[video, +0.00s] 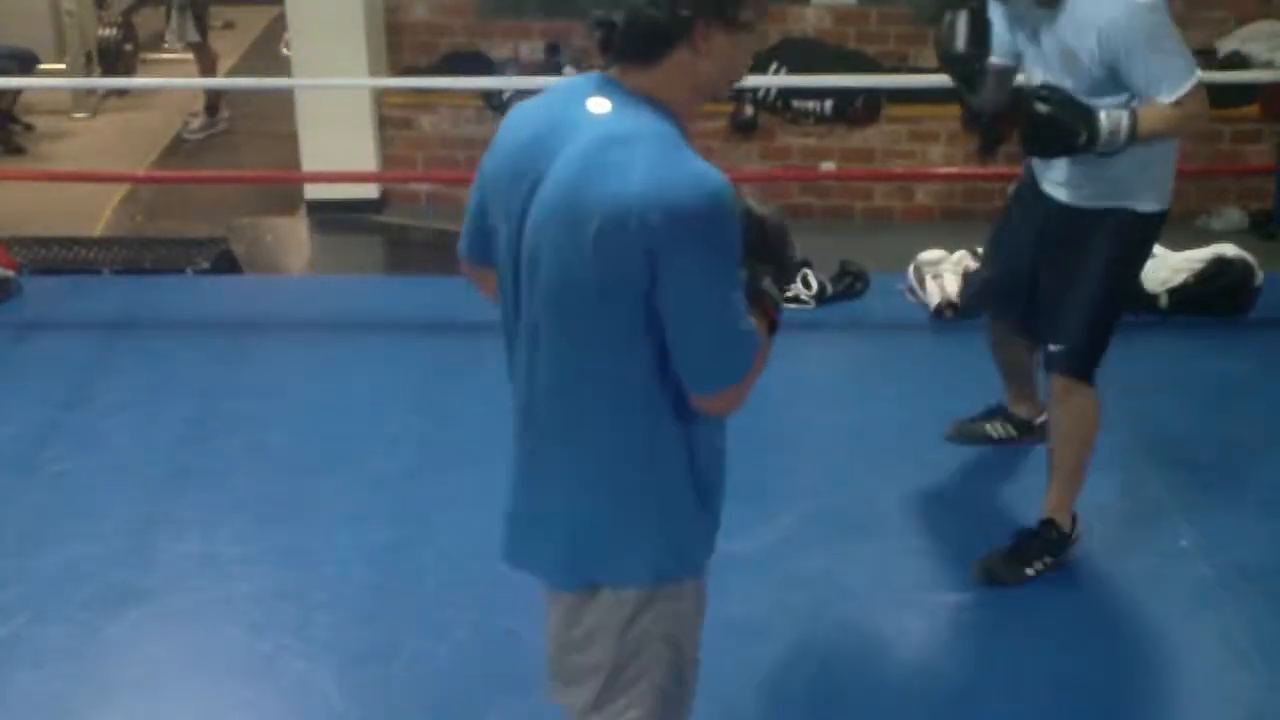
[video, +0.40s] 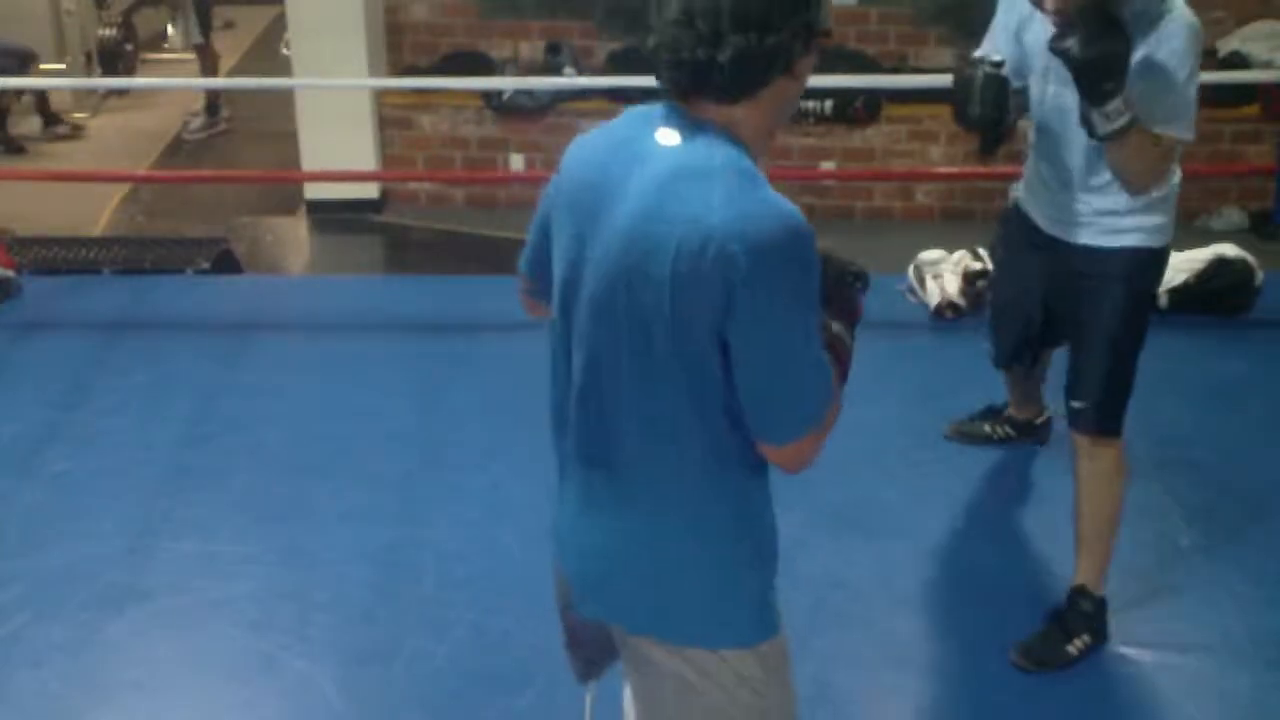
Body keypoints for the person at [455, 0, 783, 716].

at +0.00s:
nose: (752, 56)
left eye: (754, 38)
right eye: (748, 35)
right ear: (703, 34)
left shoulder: (532, 118)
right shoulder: (684, 192)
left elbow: (482, 265)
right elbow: (719, 392)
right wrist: (762, 310)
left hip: (551, 497)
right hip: (638, 528)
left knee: (588, 695)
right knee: (632, 706)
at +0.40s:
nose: (809, 72)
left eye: (811, 55)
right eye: (808, 55)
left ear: (681, 47)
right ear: (789, 63)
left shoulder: (595, 151)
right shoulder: (761, 228)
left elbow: (538, 294)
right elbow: (793, 446)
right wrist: (833, 335)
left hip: (595, 548)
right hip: (700, 580)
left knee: (652, 697)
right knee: (739, 705)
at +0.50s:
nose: (818, 142)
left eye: (821, 117)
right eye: (817, 116)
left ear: (700, 95)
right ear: (784, 117)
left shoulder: (595, 194)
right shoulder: (786, 284)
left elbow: (536, 333)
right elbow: (829, 489)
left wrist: (644, 379)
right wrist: (852, 370)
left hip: (594, 600)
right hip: (714, 635)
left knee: (618, 700)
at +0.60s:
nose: (848, 168)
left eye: (849, 150)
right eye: (844, 150)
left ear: (715, 130)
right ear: (810, 161)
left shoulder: (594, 227)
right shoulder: (796, 336)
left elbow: (513, 356)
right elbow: (852, 533)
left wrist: (622, 427)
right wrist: (876, 416)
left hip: (588, 630)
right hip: (714, 664)